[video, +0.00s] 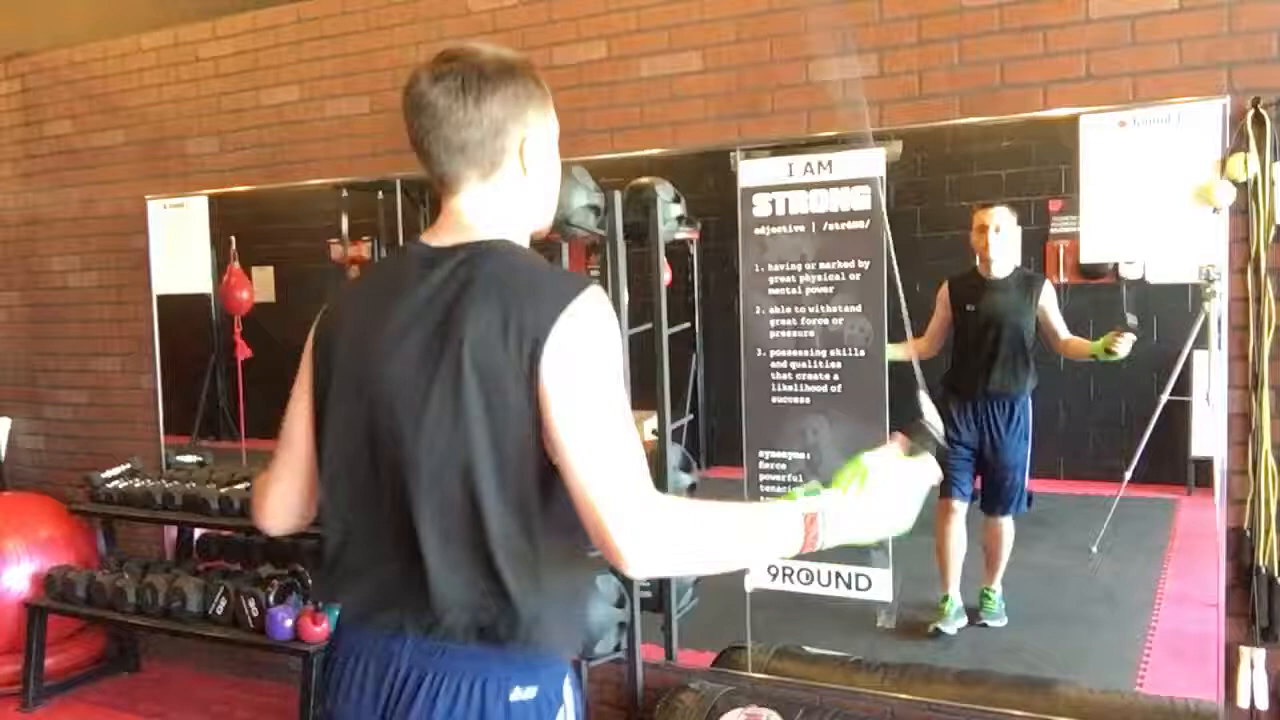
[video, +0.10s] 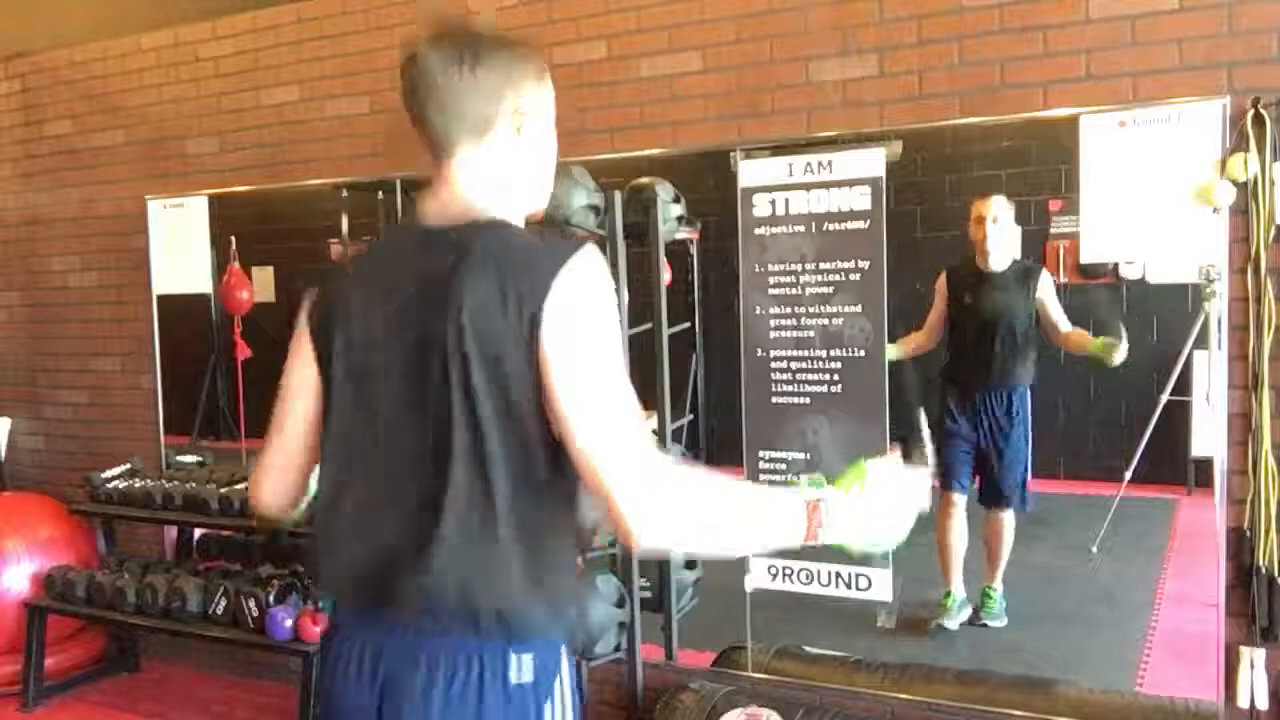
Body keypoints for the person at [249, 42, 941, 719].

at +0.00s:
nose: (560, 167)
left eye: (554, 148)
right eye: (555, 147)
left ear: (426, 160)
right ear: (529, 152)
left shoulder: (345, 311)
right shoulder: (559, 309)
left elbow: (278, 509)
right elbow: (641, 540)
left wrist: (384, 460)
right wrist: (827, 516)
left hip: (358, 665)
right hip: (502, 683)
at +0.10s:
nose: (556, 148)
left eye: (551, 122)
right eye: (549, 122)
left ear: (430, 130)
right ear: (518, 121)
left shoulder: (337, 289)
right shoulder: (556, 271)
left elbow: (274, 491)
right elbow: (646, 508)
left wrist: (375, 450)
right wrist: (827, 511)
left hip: (355, 653)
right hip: (500, 663)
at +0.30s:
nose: (528, 73)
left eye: (523, 49)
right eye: (522, 48)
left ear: (401, 61)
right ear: (495, 48)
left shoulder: (313, 229)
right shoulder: (523, 196)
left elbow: (264, 432)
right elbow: (609, 430)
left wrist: (216, 533)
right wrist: (792, 536)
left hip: (354, 575)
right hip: (500, 579)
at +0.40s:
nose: (517, 155)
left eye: (512, 135)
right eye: (513, 134)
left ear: (388, 143)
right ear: (492, 136)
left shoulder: (306, 304)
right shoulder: (520, 282)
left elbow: (245, 512)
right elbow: (611, 507)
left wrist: (217, 477)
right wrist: (804, 512)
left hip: (364, 652)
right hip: (511, 655)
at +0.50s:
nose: (521, 147)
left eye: (519, 120)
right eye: (517, 120)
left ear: (401, 123)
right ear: (489, 118)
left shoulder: (307, 280)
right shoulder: (522, 258)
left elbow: (244, 489)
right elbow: (625, 475)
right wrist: (802, 492)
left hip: (365, 658)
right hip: (516, 659)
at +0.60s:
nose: (537, 91)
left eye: (537, 66)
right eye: (537, 65)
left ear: (418, 59)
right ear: (515, 55)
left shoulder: (309, 222)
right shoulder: (527, 187)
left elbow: (247, 425)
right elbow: (603, 414)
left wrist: (218, 532)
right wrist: (780, 515)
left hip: (367, 585)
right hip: (517, 578)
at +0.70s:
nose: (549, 105)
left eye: (546, 81)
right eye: (547, 81)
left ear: (426, 72)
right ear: (529, 72)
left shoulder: (314, 226)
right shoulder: (537, 198)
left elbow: (255, 439)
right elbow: (605, 432)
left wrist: (222, 531)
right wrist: (784, 524)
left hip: (369, 576)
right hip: (519, 575)